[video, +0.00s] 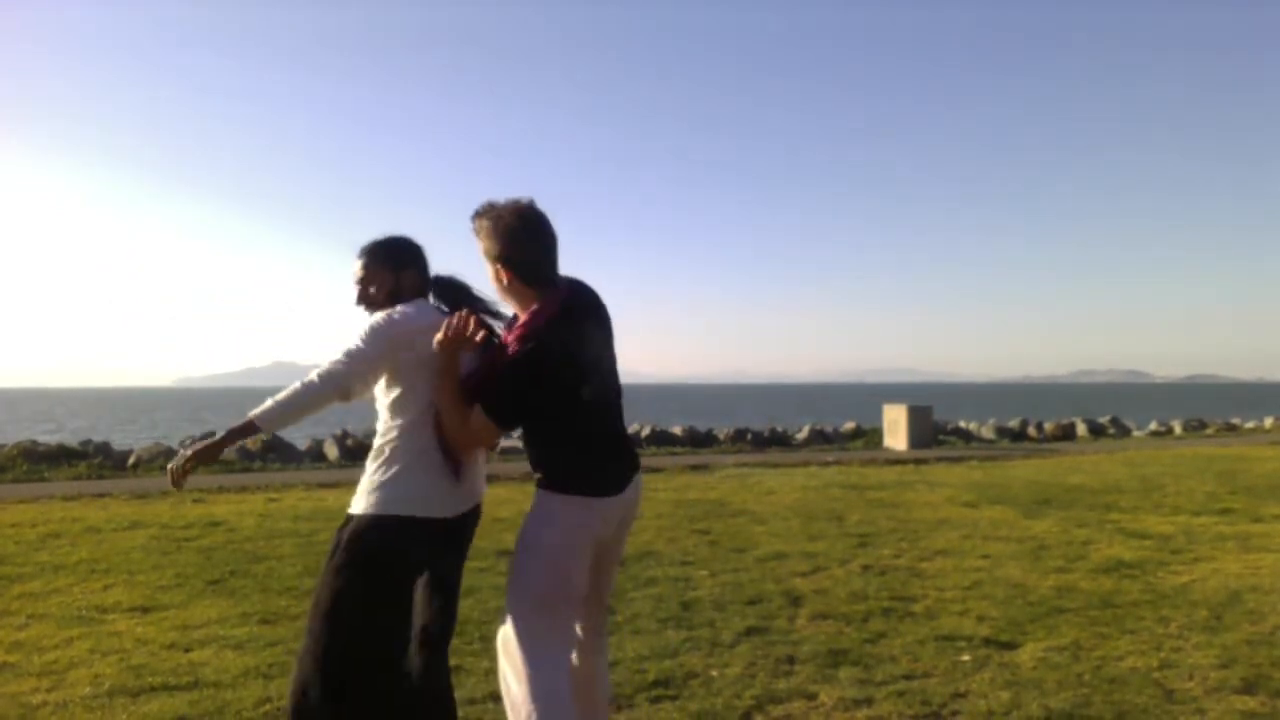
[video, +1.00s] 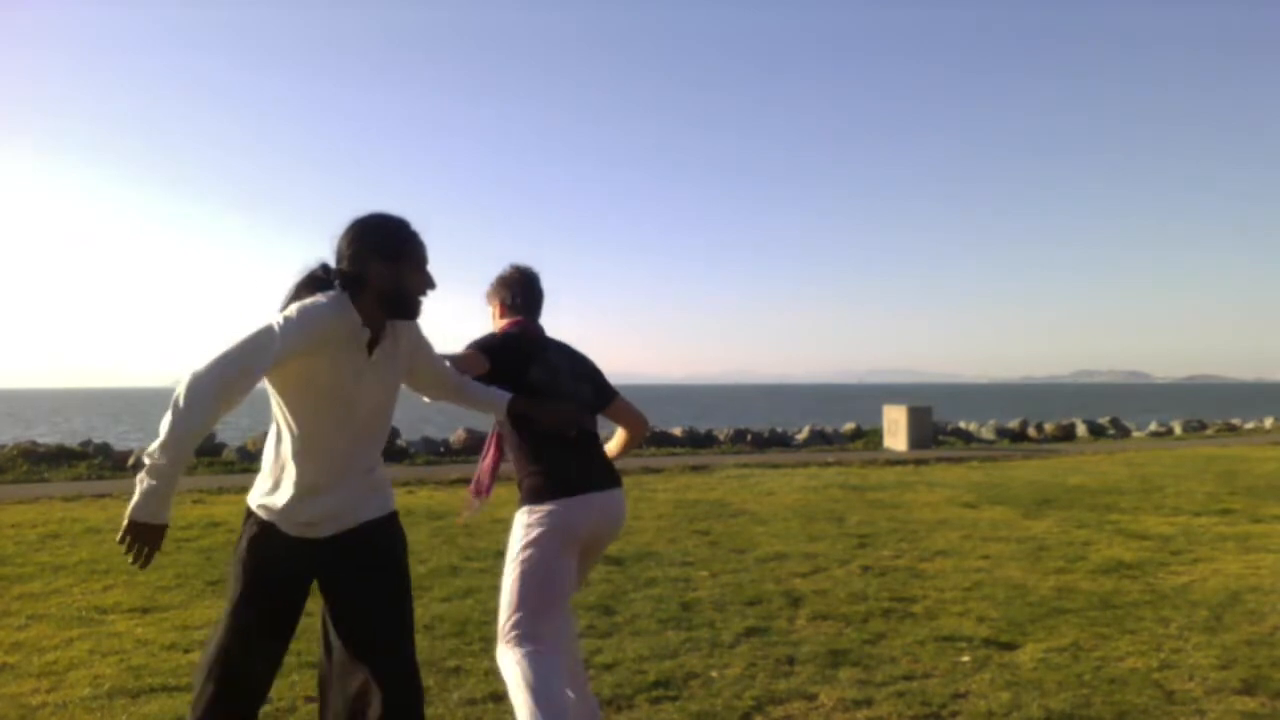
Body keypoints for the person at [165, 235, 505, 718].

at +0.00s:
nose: (359, 295)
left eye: (367, 281)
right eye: (359, 282)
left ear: (403, 277)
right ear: (415, 281)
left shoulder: (399, 323)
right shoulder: (466, 325)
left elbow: (325, 384)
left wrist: (224, 439)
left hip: (394, 506)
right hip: (459, 504)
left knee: (333, 645)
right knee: (423, 646)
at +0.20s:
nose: (370, 284)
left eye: (379, 271)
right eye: (363, 274)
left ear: (412, 267)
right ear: (359, 277)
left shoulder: (421, 321)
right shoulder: (442, 321)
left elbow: (400, 392)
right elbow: (493, 406)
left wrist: (306, 436)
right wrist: (508, 485)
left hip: (426, 515)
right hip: (447, 514)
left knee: (348, 654)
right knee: (425, 653)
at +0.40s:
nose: (390, 285)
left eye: (402, 274)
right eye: (379, 274)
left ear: (423, 276)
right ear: (366, 279)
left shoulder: (433, 333)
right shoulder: (388, 341)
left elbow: (461, 413)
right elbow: (418, 420)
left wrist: (391, 444)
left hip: (448, 508)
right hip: (413, 510)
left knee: (386, 648)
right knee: (411, 651)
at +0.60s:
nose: (433, 296)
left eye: (437, 283)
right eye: (421, 284)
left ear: (441, 281)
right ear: (381, 282)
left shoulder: (450, 340)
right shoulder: (341, 322)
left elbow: (486, 412)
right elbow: (286, 371)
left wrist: (487, 436)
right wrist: (272, 444)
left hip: (439, 524)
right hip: (370, 525)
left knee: (431, 658)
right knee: (356, 662)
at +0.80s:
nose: (454, 292)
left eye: (453, 279)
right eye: (444, 278)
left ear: (399, 281)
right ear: (397, 278)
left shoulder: (437, 344)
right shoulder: (327, 324)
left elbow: (472, 412)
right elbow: (226, 359)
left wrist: (522, 431)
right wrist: (178, 455)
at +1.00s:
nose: (429, 280)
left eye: (426, 267)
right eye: (416, 265)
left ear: (385, 270)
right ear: (372, 265)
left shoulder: (402, 334)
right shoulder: (315, 320)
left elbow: (443, 382)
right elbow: (207, 384)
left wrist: (521, 408)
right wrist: (153, 496)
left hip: (365, 522)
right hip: (282, 523)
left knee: (392, 682)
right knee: (235, 679)